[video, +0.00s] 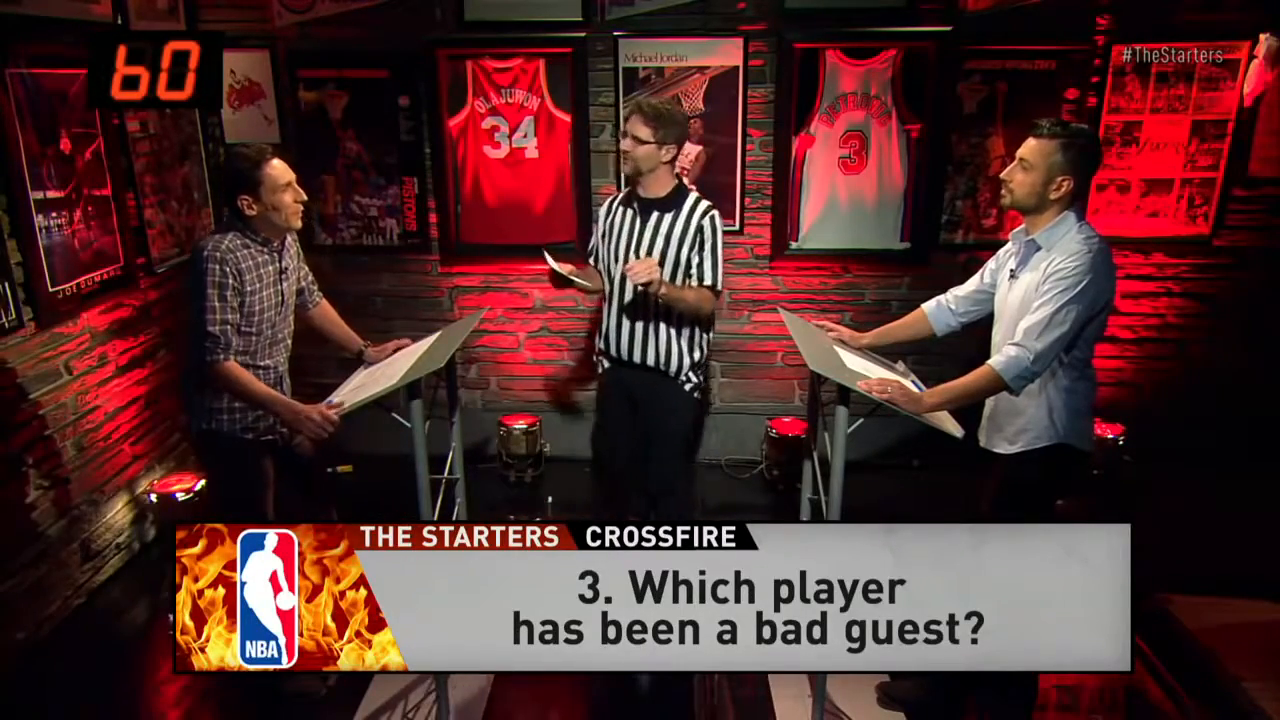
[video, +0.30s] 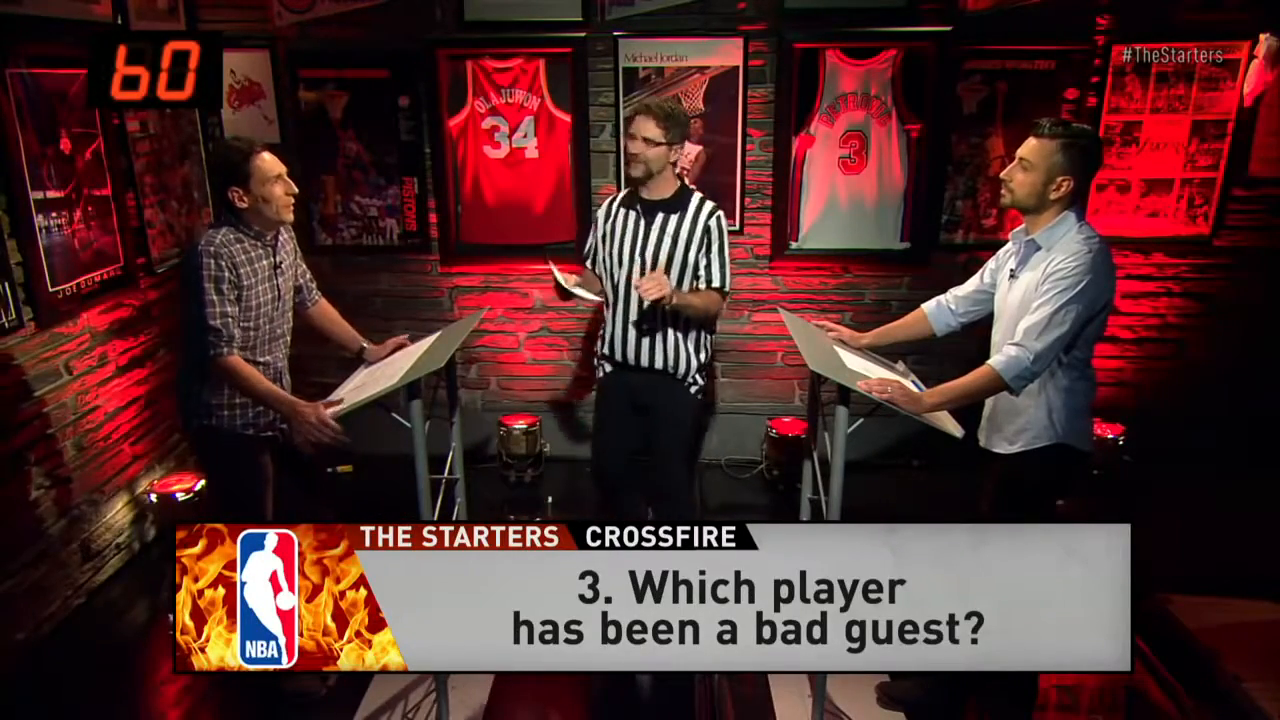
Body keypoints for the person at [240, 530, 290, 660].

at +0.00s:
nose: (271, 544)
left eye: (273, 542)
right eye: (269, 541)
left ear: (276, 544)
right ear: (265, 541)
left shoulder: (277, 561)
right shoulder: (254, 556)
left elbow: (281, 579)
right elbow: (244, 576)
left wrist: (286, 592)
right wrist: (255, 575)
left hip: (266, 588)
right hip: (251, 588)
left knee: (270, 615)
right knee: (259, 615)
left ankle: (281, 640)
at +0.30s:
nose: (271, 544)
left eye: (274, 541)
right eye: (270, 541)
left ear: (276, 543)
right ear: (265, 541)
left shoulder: (277, 561)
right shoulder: (254, 556)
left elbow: (281, 578)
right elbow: (244, 576)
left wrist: (286, 592)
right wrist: (256, 575)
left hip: (266, 588)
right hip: (251, 588)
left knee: (271, 615)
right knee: (260, 615)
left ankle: (281, 640)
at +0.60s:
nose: (271, 544)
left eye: (273, 541)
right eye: (269, 541)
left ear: (276, 543)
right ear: (265, 541)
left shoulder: (277, 560)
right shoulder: (254, 556)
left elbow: (281, 579)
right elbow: (244, 576)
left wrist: (286, 592)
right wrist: (255, 575)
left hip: (266, 589)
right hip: (251, 588)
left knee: (270, 615)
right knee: (259, 615)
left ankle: (281, 640)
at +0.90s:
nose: (271, 544)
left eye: (273, 541)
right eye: (269, 541)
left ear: (276, 543)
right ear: (265, 541)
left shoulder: (277, 560)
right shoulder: (254, 556)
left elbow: (281, 578)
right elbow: (244, 576)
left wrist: (286, 592)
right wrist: (255, 575)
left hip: (266, 589)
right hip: (251, 588)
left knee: (270, 615)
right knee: (259, 615)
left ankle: (281, 640)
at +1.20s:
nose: (271, 544)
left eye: (273, 541)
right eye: (269, 541)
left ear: (276, 543)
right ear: (265, 541)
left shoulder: (277, 561)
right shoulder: (254, 556)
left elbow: (281, 578)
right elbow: (244, 576)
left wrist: (286, 592)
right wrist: (256, 575)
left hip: (266, 588)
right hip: (251, 588)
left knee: (271, 615)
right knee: (260, 614)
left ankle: (281, 640)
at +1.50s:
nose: (271, 544)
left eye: (274, 541)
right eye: (270, 540)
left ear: (276, 543)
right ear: (265, 541)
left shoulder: (277, 561)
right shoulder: (254, 556)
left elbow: (282, 579)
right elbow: (244, 576)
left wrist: (286, 592)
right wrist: (256, 575)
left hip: (266, 589)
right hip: (251, 589)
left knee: (271, 616)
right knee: (260, 615)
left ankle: (281, 641)